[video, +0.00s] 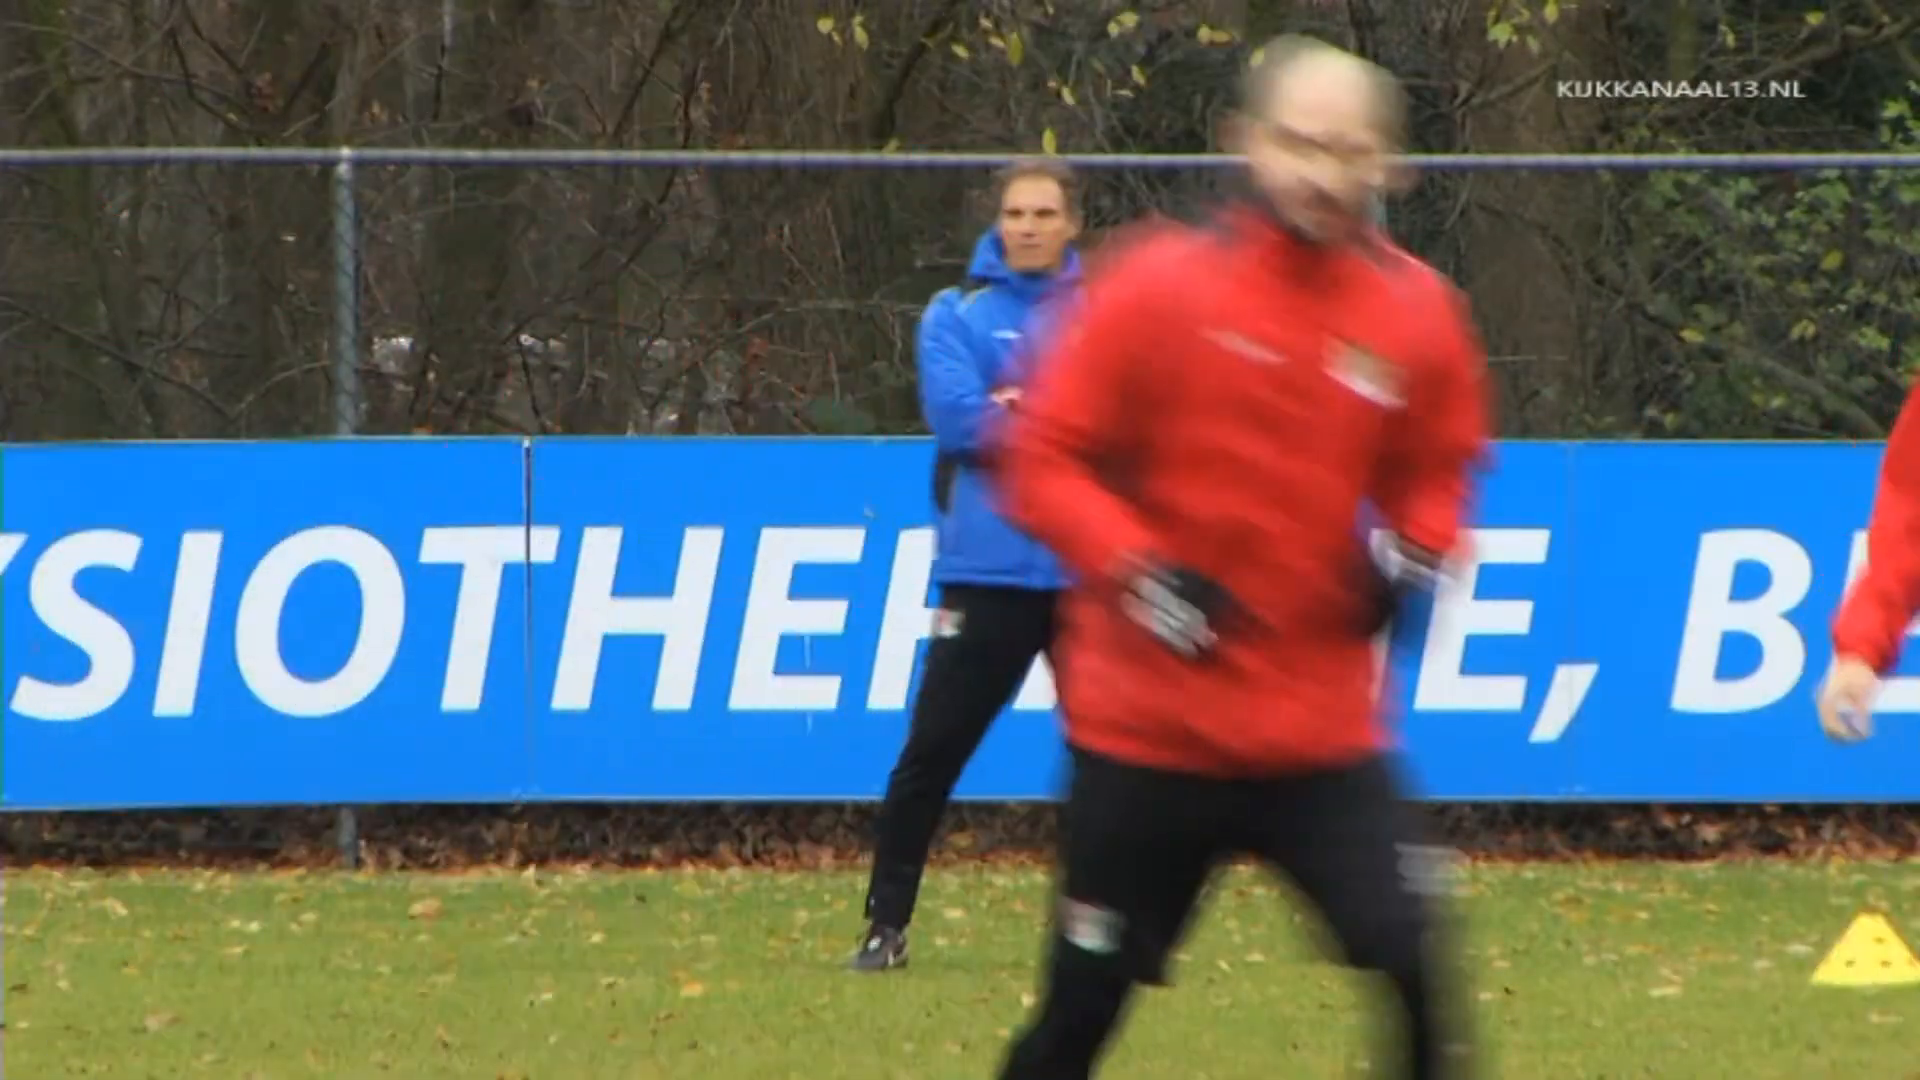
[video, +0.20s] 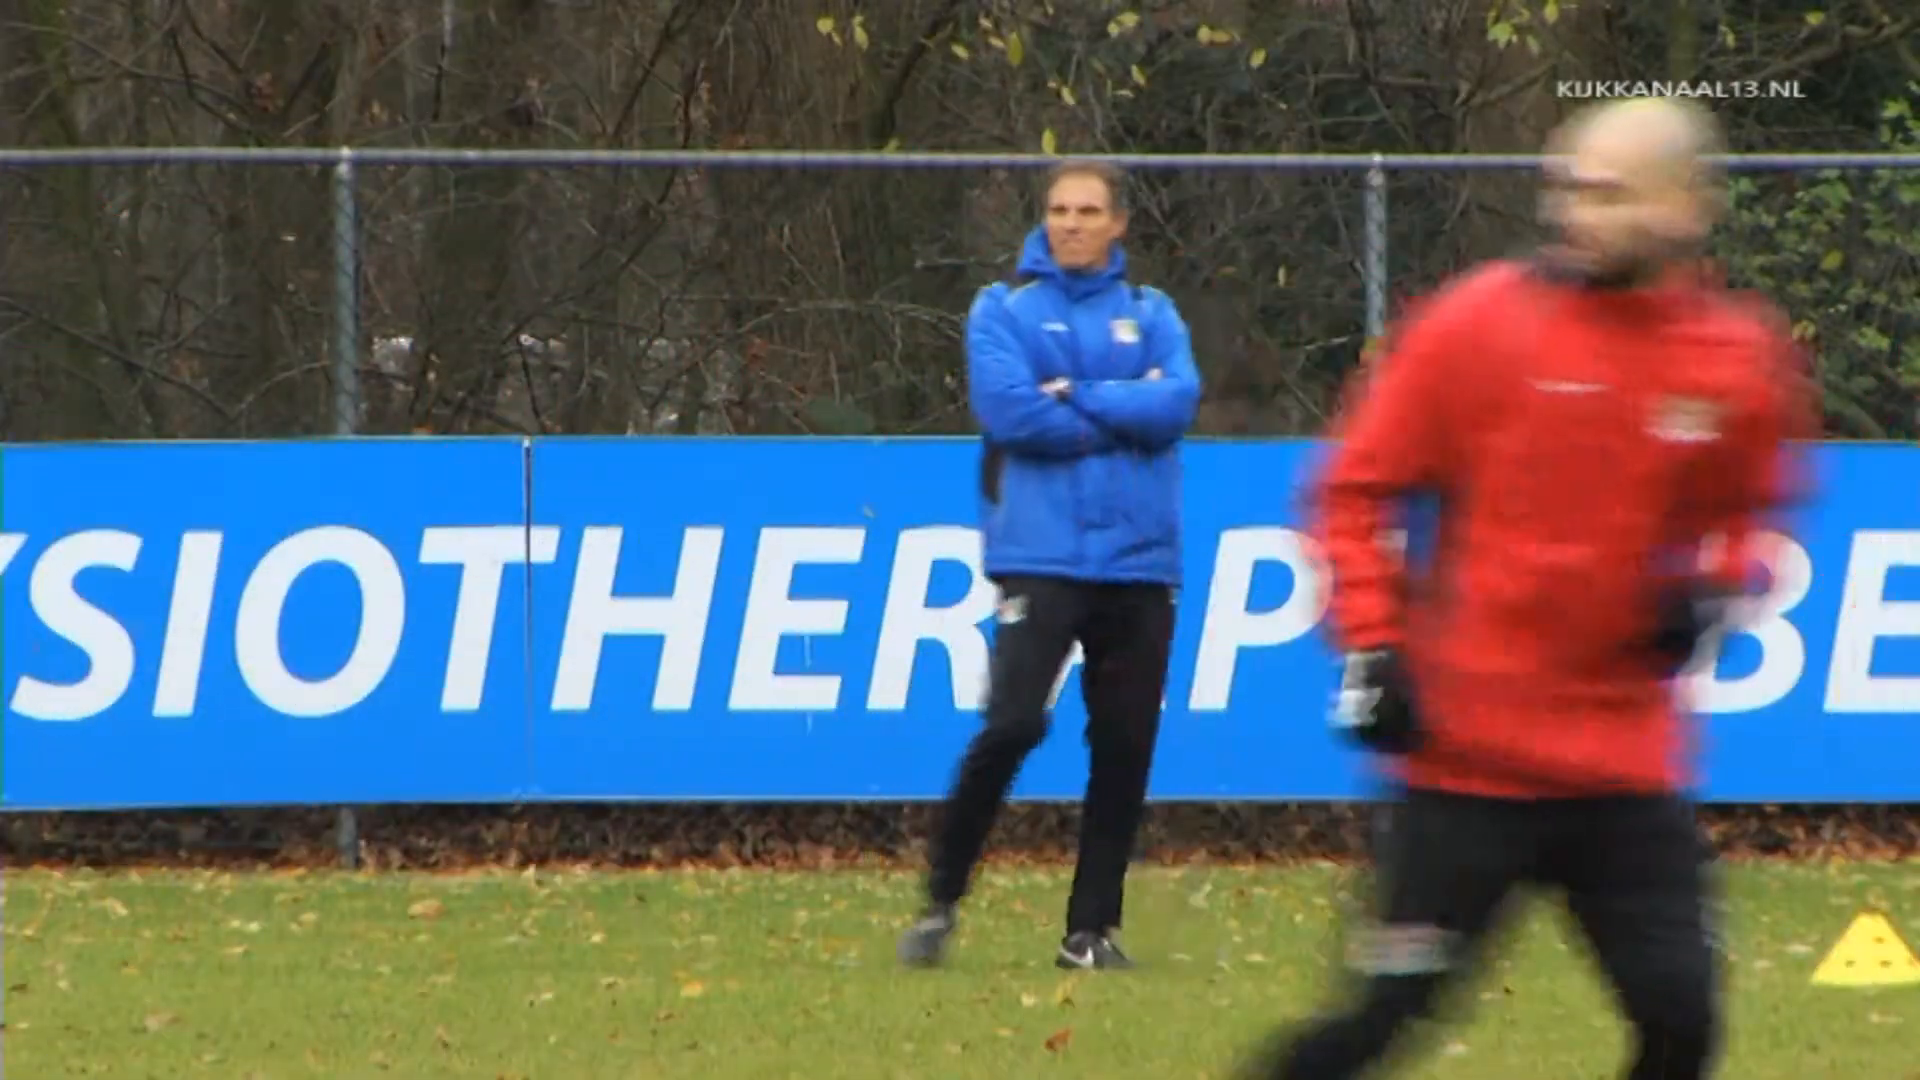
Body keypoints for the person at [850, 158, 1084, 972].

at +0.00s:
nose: (1030, 228)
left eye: (1047, 214)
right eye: (1017, 214)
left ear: (1073, 225)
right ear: (997, 225)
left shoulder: (1102, 314)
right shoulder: (955, 314)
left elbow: (1118, 415)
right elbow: (958, 421)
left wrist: (1010, 405)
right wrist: (1064, 421)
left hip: (1091, 575)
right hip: (991, 574)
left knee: (1115, 758)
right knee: (932, 755)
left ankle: (1114, 932)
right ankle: (887, 924)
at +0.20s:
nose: (1072, 224)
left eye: (1088, 212)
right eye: (1062, 211)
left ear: (1120, 225)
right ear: (1044, 222)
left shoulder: (1153, 311)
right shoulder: (1001, 308)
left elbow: (1177, 403)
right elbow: (1007, 414)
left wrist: (1073, 392)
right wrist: (1121, 421)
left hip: (1138, 562)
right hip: (1040, 559)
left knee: (1125, 752)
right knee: (1014, 725)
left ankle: (1091, 932)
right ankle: (940, 904)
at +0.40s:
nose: (1115, 222)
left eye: (1131, 210)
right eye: (1103, 209)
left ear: (1160, 224)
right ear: (1085, 219)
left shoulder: (1187, 309)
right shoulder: (1044, 303)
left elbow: (1219, 406)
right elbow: (1052, 414)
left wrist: (1118, 391)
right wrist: (1161, 419)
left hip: (1170, 549)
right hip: (1079, 544)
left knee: (1152, 731)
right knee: (1128, 713)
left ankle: (1103, 916)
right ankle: (1094, 915)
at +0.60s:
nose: (1161, 225)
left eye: (1176, 213)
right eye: (1148, 213)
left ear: (1204, 227)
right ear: (1127, 224)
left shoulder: (1223, 313)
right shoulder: (1088, 314)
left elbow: (1267, 413)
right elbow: (1126, 429)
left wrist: (1173, 400)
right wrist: (1219, 420)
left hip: (1208, 555)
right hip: (1124, 553)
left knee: (1156, 743)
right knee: (1191, 732)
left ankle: (1091, 930)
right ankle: (1262, 921)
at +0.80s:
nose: (1213, 235)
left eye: (1228, 222)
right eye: (1197, 222)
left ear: (1251, 233)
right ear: (1176, 232)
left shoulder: (1269, 312)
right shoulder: (1143, 329)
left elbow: (1325, 411)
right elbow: (1194, 444)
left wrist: (1240, 411)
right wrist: (1284, 423)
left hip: (1258, 561)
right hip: (1186, 566)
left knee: (1185, 751)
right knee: (1236, 751)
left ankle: (1098, 923)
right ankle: (1295, 934)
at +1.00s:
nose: (1263, 235)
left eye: (1277, 221)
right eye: (1247, 222)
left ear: (1301, 228)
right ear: (1225, 232)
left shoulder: (1323, 300)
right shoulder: (1195, 328)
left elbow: (1382, 397)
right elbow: (1252, 445)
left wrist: (1290, 406)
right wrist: (1339, 416)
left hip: (1323, 554)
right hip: (1244, 562)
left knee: (1283, 745)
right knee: (1260, 747)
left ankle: (1156, 892)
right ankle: (1298, 932)